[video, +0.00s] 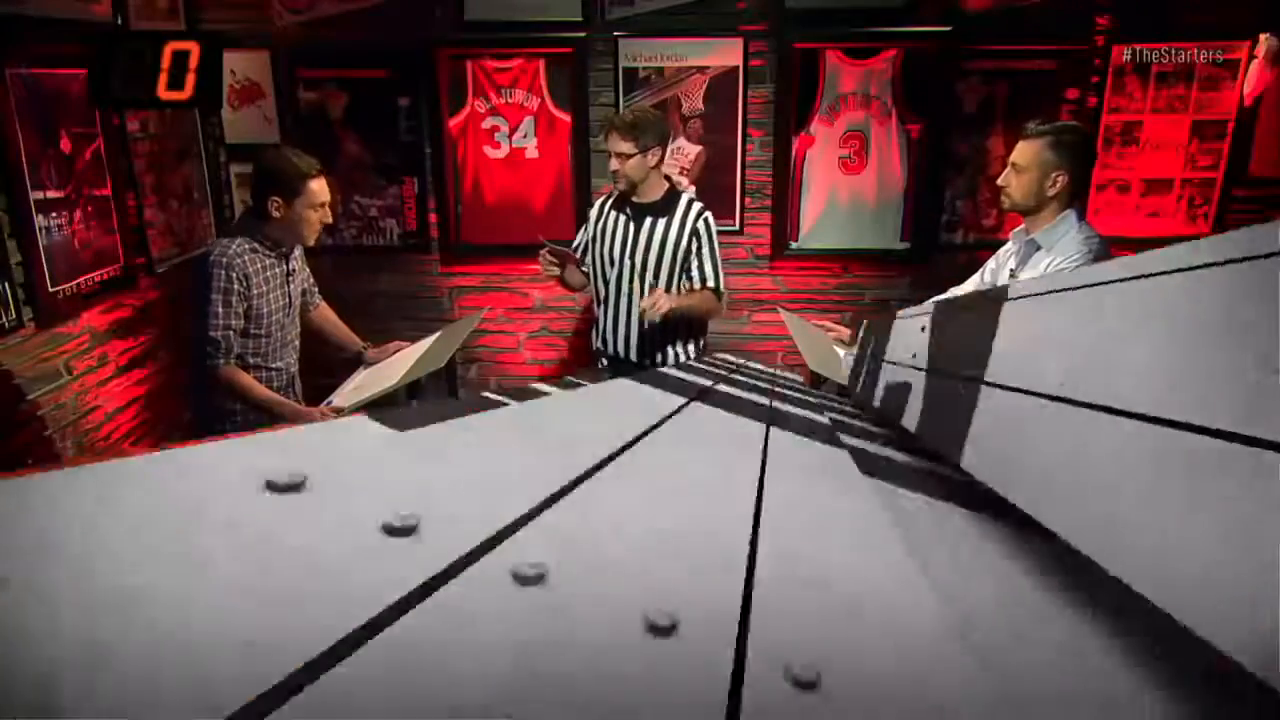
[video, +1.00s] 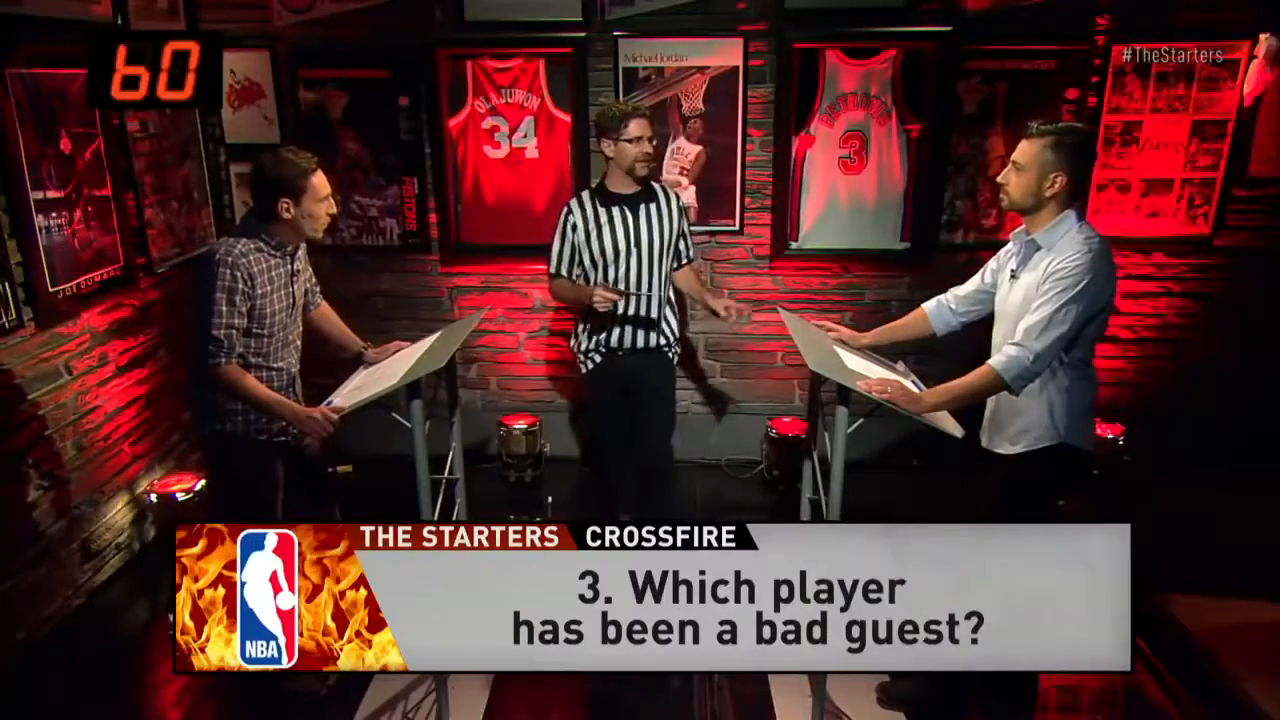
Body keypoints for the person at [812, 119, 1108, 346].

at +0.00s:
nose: (1000, 180)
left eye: (1016, 170)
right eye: (1007, 167)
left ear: (1056, 183)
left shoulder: (1078, 258)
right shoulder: (1016, 250)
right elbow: (955, 302)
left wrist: (877, 344)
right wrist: (872, 335)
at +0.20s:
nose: (1003, 176)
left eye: (1017, 169)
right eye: (1007, 165)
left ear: (1056, 185)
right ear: (1046, 183)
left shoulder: (1083, 260)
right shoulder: (1025, 243)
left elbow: (1022, 360)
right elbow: (956, 305)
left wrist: (927, 399)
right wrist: (868, 338)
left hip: (1042, 446)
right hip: (1000, 435)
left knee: (1011, 579)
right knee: (976, 564)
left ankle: (999, 705)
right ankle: (942, 682)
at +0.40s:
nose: (1001, 178)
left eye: (1014, 170)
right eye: (1005, 166)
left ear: (1054, 186)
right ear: (1046, 185)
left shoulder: (1083, 260)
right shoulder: (1026, 243)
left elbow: (1022, 360)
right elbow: (957, 304)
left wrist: (927, 399)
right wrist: (869, 338)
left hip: (1044, 450)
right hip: (1000, 438)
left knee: (1016, 584)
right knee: (984, 573)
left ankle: (1004, 705)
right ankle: (953, 693)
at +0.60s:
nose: (1001, 178)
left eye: (1014, 169)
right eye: (1005, 166)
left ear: (1053, 186)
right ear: (1045, 184)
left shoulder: (1083, 259)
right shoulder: (1025, 243)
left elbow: (1022, 359)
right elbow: (956, 305)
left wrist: (928, 399)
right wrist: (869, 338)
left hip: (1044, 447)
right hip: (1001, 436)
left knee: (1014, 577)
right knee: (978, 564)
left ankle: (1005, 703)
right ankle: (954, 688)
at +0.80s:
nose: (1001, 178)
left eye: (1014, 170)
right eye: (1005, 166)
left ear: (1054, 186)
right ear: (1044, 184)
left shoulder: (1083, 259)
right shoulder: (1026, 244)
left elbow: (1023, 359)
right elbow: (956, 305)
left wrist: (927, 399)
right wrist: (868, 339)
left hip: (1044, 448)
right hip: (1000, 436)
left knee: (1012, 578)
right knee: (972, 561)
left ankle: (994, 699)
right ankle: (942, 679)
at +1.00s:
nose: (1002, 175)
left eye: (1016, 167)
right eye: (1007, 163)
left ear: (1054, 186)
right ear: (1046, 184)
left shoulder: (1083, 259)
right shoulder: (1026, 243)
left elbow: (1022, 358)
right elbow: (957, 305)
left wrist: (927, 399)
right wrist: (869, 338)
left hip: (1043, 446)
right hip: (1001, 433)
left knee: (1009, 580)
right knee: (974, 562)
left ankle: (998, 704)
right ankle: (941, 683)